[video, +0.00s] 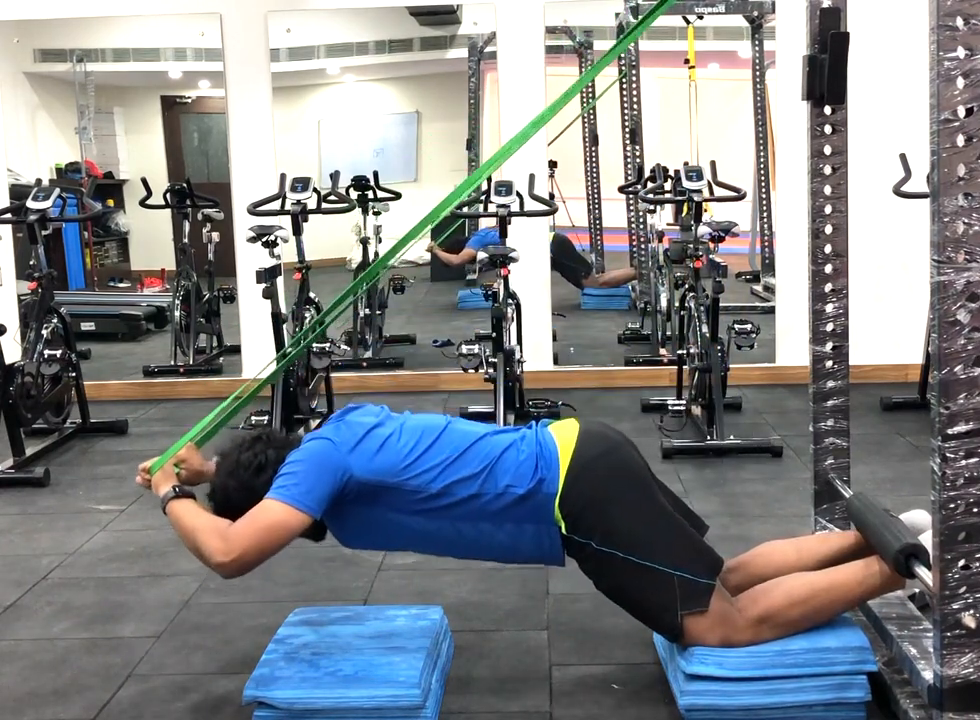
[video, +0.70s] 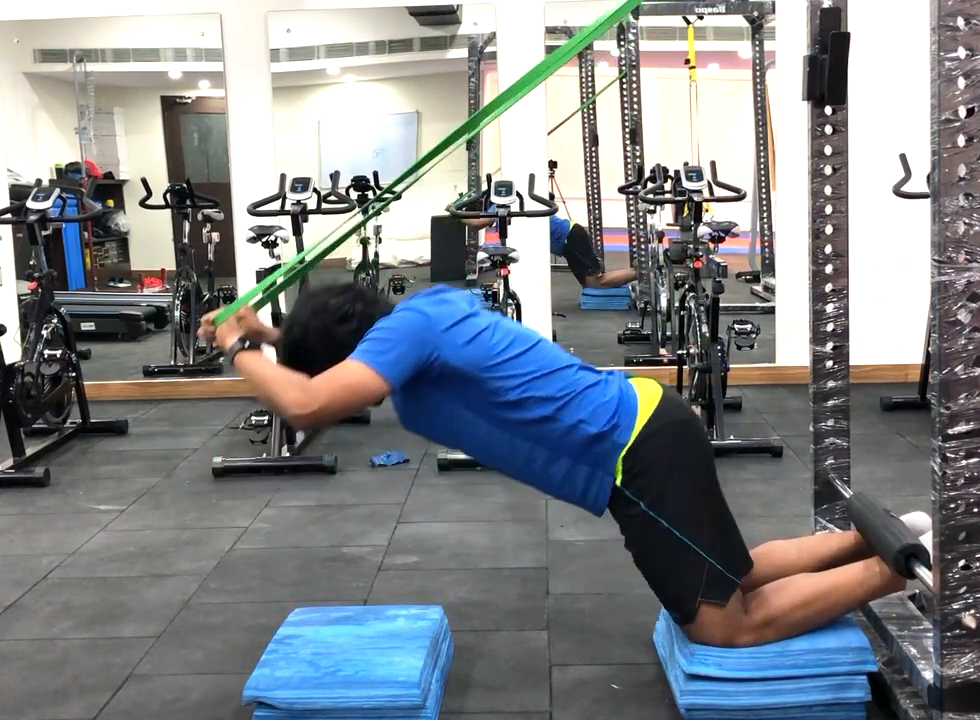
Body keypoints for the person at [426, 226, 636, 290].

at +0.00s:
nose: (460, 259)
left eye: (457, 256)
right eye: (458, 256)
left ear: (460, 249)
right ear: (463, 241)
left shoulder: (478, 238)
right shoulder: (484, 234)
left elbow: (456, 261)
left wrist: (434, 250)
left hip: (555, 245)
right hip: (553, 245)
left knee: (594, 282)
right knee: (591, 282)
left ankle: (641, 271)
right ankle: (640, 271)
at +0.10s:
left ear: (475, 227)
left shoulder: (484, 232)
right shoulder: (500, 229)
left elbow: (459, 257)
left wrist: (435, 245)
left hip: (556, 244)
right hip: (554, 244)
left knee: (594, 281)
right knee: (591, 281)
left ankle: (642, 270)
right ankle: (641, 270)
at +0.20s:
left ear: (482, 213)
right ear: (497, 208)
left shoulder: (486, 227)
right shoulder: (502, 223)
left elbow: (461, 252)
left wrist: (436, 241)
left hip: (558, 243)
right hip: (556, 245)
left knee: (593, 280)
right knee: (592, 281)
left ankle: (642, 270)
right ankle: (641, 270)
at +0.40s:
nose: (483, 203)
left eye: (486, 199)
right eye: (485, 199)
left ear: (494, 200)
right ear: (505, 199)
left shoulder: (492, 217)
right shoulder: (507, 214)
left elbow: (466, 242)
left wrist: (443, 230)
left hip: (562, 241)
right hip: (560, 240)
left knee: (594, 281)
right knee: (592, 280)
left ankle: (642, 270)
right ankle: (640, 270)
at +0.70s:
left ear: (490, 198)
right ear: (497, 195)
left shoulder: (504, 205)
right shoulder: (502, 206)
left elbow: (480, 223)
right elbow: (479, 221)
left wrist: (457, 216)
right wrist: (460, 214)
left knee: (595, 280)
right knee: (589, 281)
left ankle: (643, 272)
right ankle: (640, 272)